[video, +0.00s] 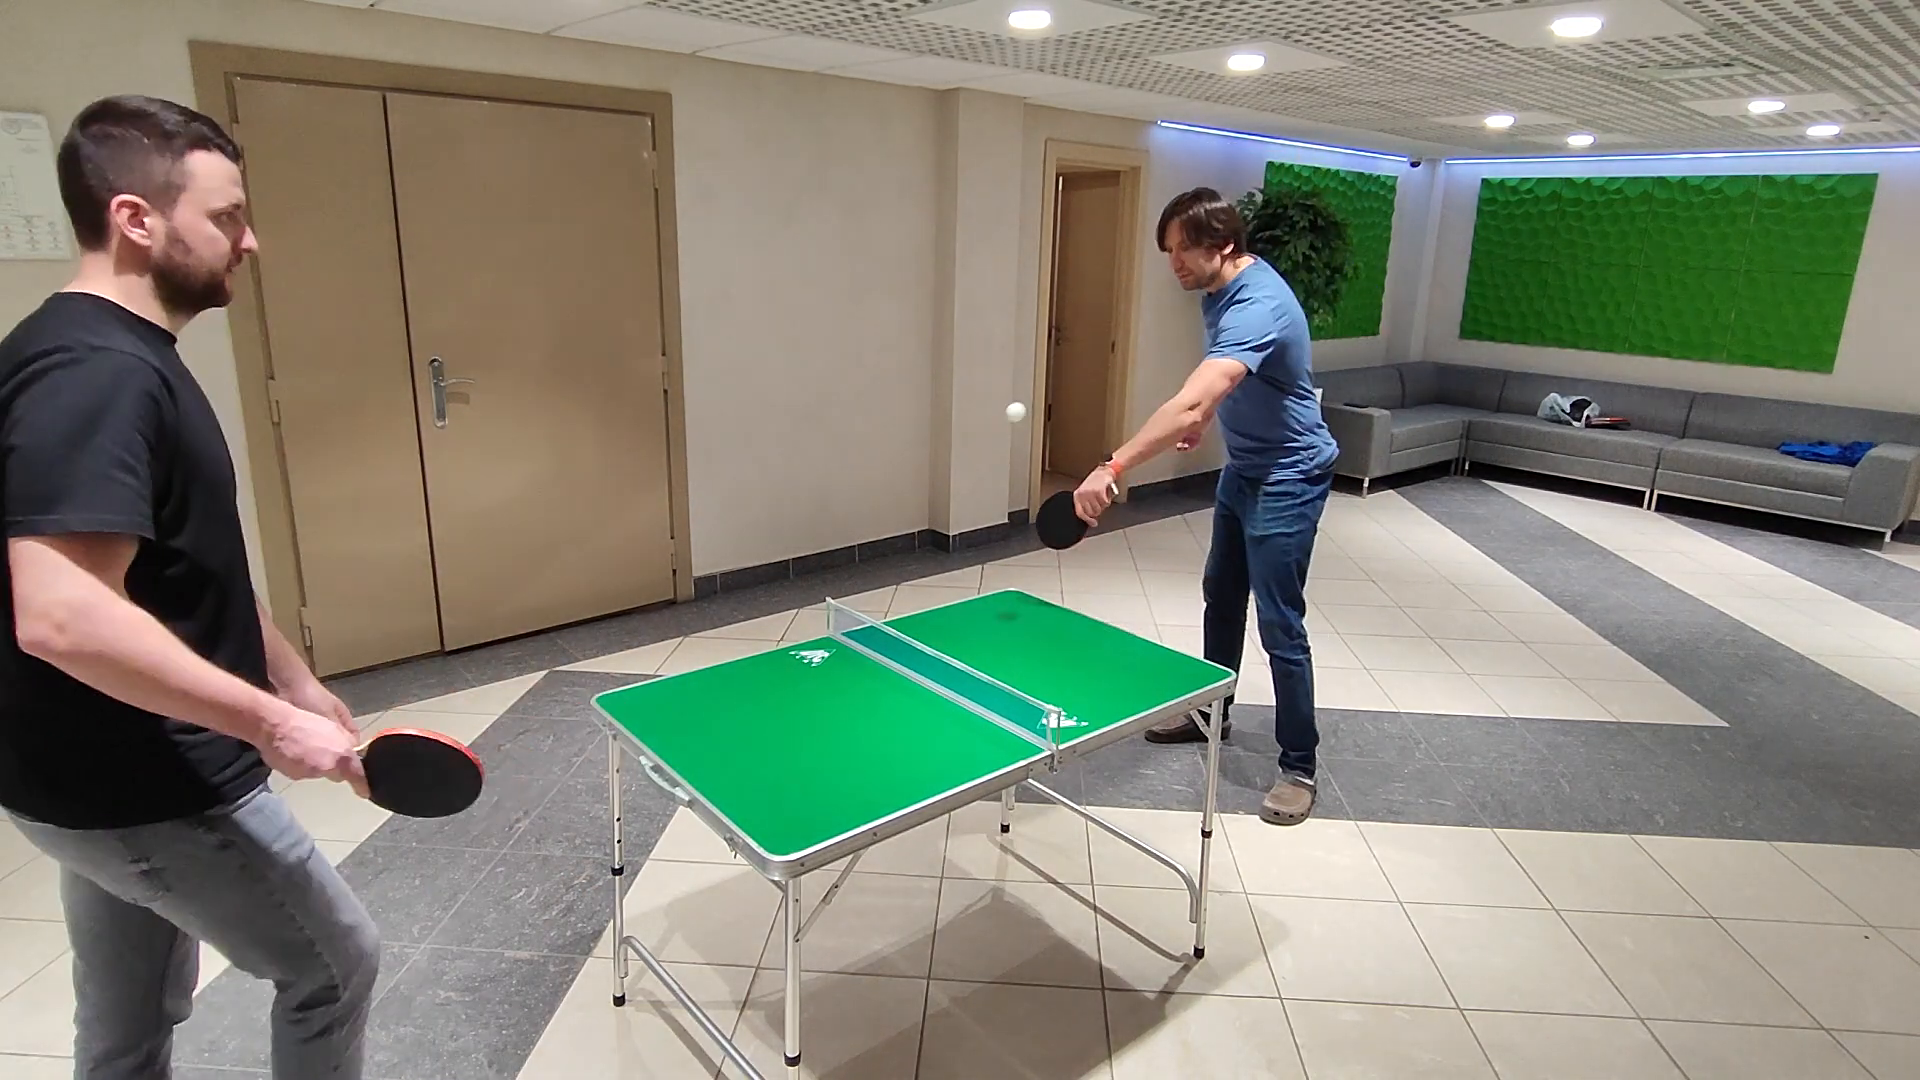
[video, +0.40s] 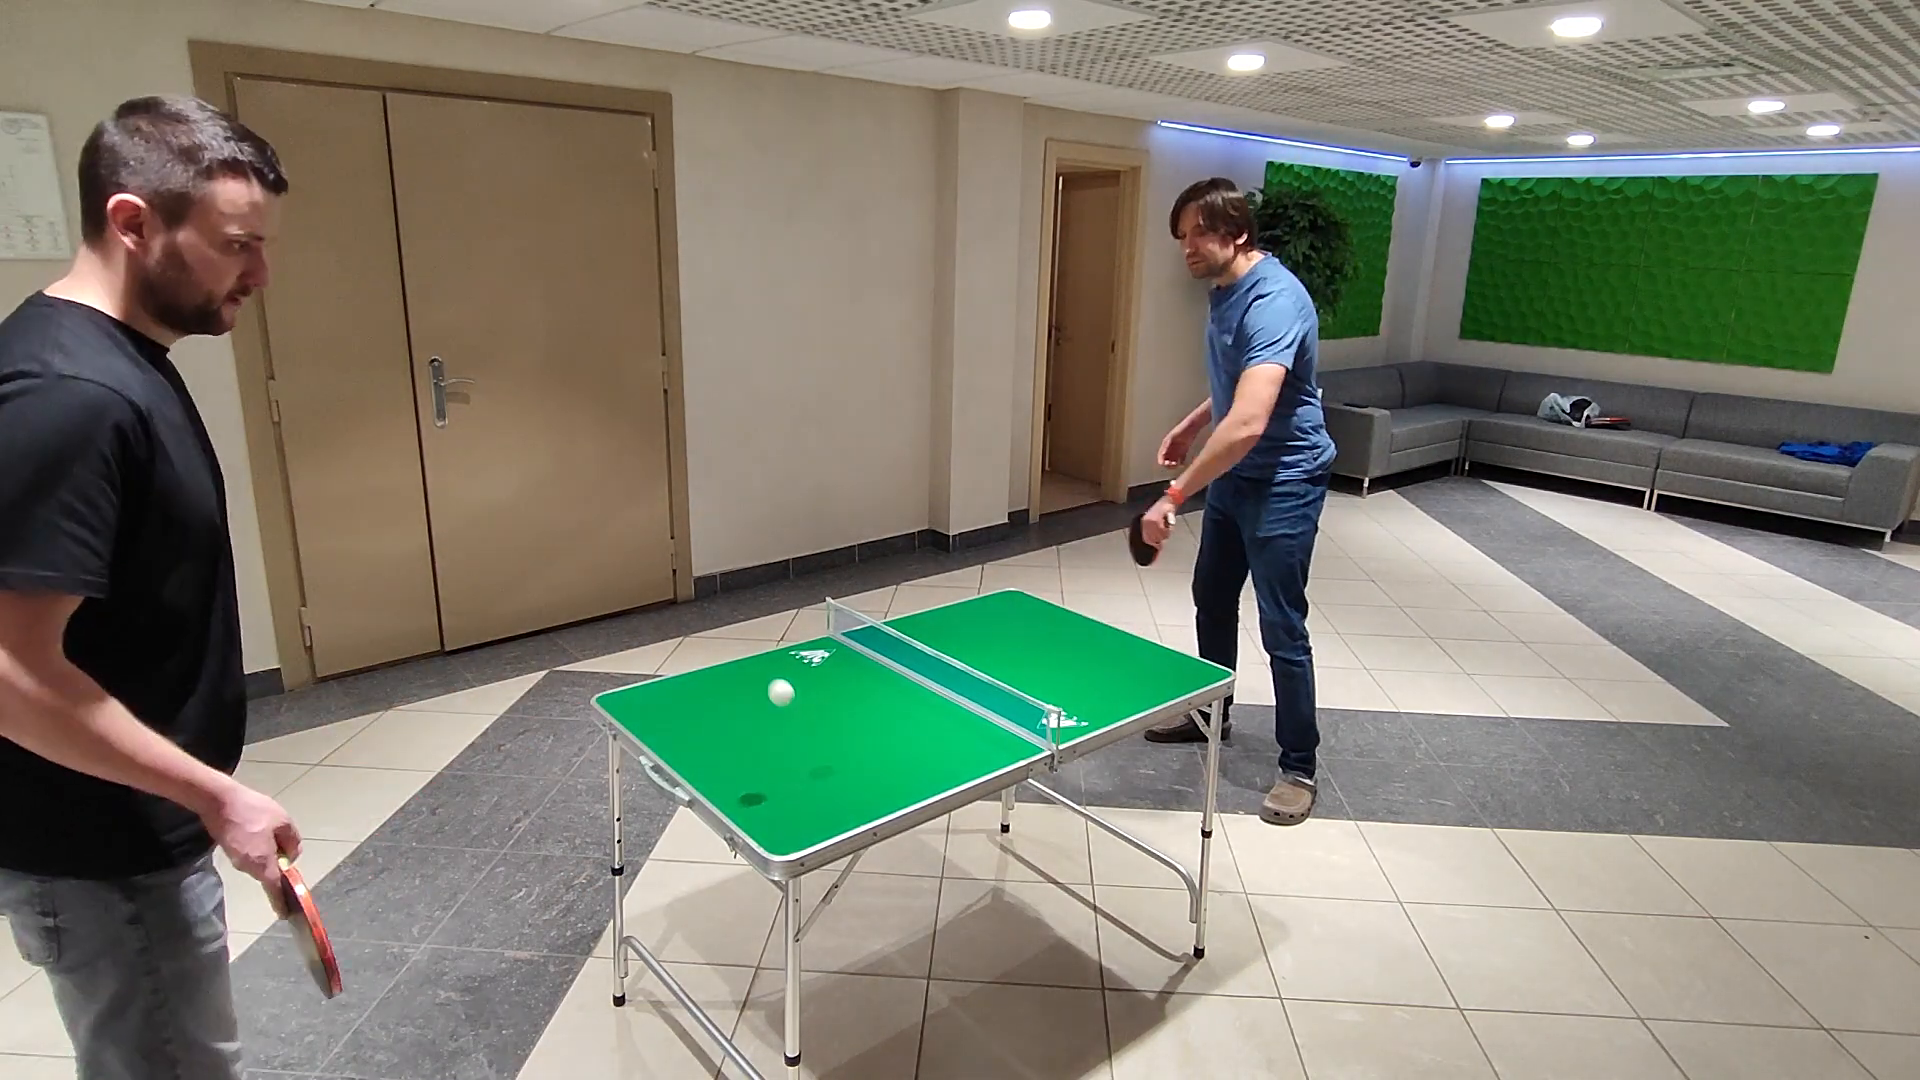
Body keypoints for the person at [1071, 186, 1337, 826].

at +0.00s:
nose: (1173, 264)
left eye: (1180, 252)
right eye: (1170, 253)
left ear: (1220, 247)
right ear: (1213, 248)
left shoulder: (1258, 306)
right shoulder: (1222, 289)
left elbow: (1192, 398)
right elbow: (1225, 364)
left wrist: (1113, 468)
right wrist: (1200, 412)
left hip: (1290, 472)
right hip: (1243, 465)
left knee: (1278, 618)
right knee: (1223, 593)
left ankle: (1298, 771)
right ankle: (1210, 711)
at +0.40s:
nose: (1186, 250)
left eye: (1195, 238)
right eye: (1183, 239)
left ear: (1235, 235)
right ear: (1198, 237)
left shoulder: (1275, 302)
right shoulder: (1229, 289)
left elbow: (1248, 427)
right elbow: (1240, 382)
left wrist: (1170, 498)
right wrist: (1196, 423)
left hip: (1284, 481)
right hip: (1232, 475)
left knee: (1282, 629)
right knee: (1213, 596)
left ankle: (1298, 771)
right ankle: (1209, 711)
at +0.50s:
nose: (1196, 243)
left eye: (1207, 231)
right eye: (1192, 232)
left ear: (1246, 232)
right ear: (1204, 233)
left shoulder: (1286, 300)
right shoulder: (1224, 283)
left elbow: (1290, 423)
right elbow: (1233, 380)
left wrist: (1224, 502)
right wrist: (1181, 428)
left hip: (1278, 481)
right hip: (1224, 469)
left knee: (1281, 633)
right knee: (1200, 596)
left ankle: (1298, 771)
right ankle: (1207, 711)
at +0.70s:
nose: (1229, 224)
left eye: (1244, 216)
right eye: (1223, 213)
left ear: (1274, 225)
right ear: (1217, 217)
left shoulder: (1313, 294)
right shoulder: (1207, 282)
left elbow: (1354, 405)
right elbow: (1194, 368)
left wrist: (1307, 495)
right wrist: (1157, 440)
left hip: (1268, 479)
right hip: (1201, 470)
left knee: (1278, 626)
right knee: (1191, 600)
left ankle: (1297, 770)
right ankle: (1207, 709)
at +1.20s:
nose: (1218, 251)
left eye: (1231, 241)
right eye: (1215, 239)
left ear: (1268, 241)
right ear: (1213, 238)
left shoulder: (1314, 308)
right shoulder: (1207, 289)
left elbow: (1308, 428)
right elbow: (1190, 376)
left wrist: (1228, 498)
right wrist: (1158, 443)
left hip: (1286, 480)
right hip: (1217, 471)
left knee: (1291, 629)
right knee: (1196, 599)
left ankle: (1298, 770)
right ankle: (1204, 709)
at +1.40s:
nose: (1188, 265)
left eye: (1198, 254)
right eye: (1185, 253)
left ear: (1238, 255)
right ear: (1204, 254)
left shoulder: (1282, 328)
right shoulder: (1220, 301)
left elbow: (1244, 452)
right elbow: (1227, 382)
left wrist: (1156, 517)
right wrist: (1198, 448)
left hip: (1294, 485)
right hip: (1235, 479)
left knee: (1289, 627)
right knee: (1213, 595)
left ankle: (1299, 771)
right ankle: (1208, 711)